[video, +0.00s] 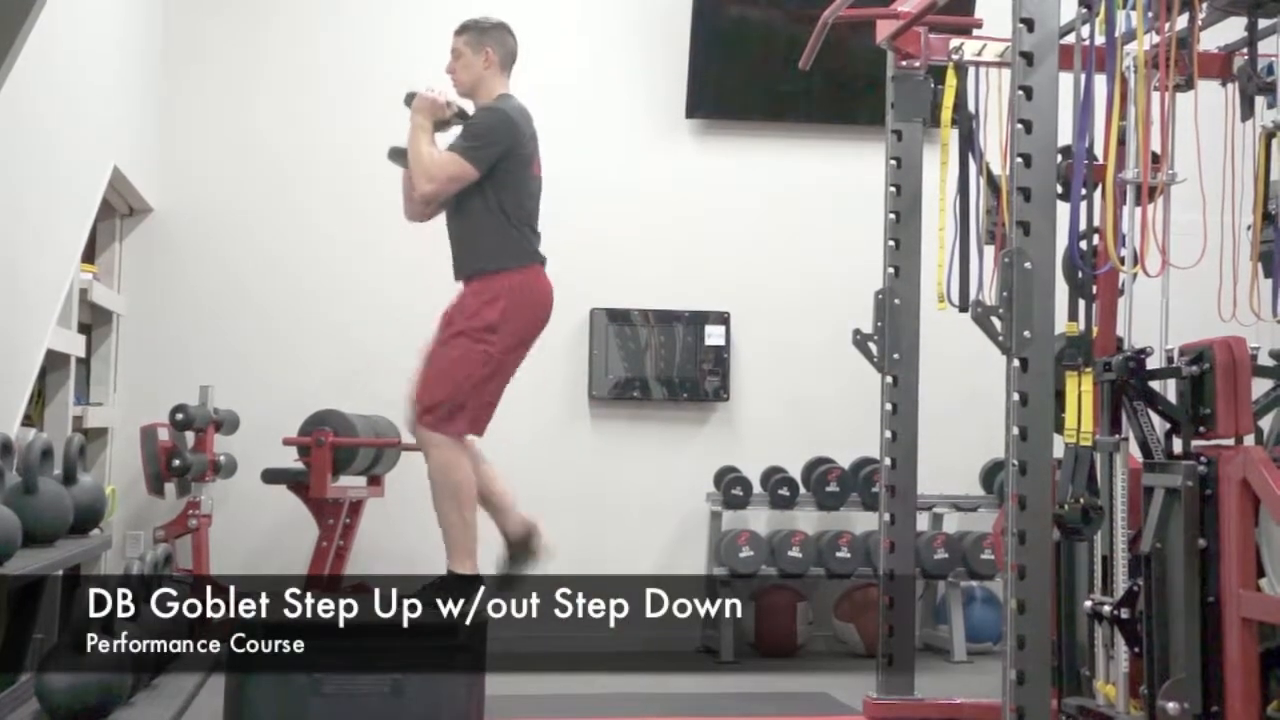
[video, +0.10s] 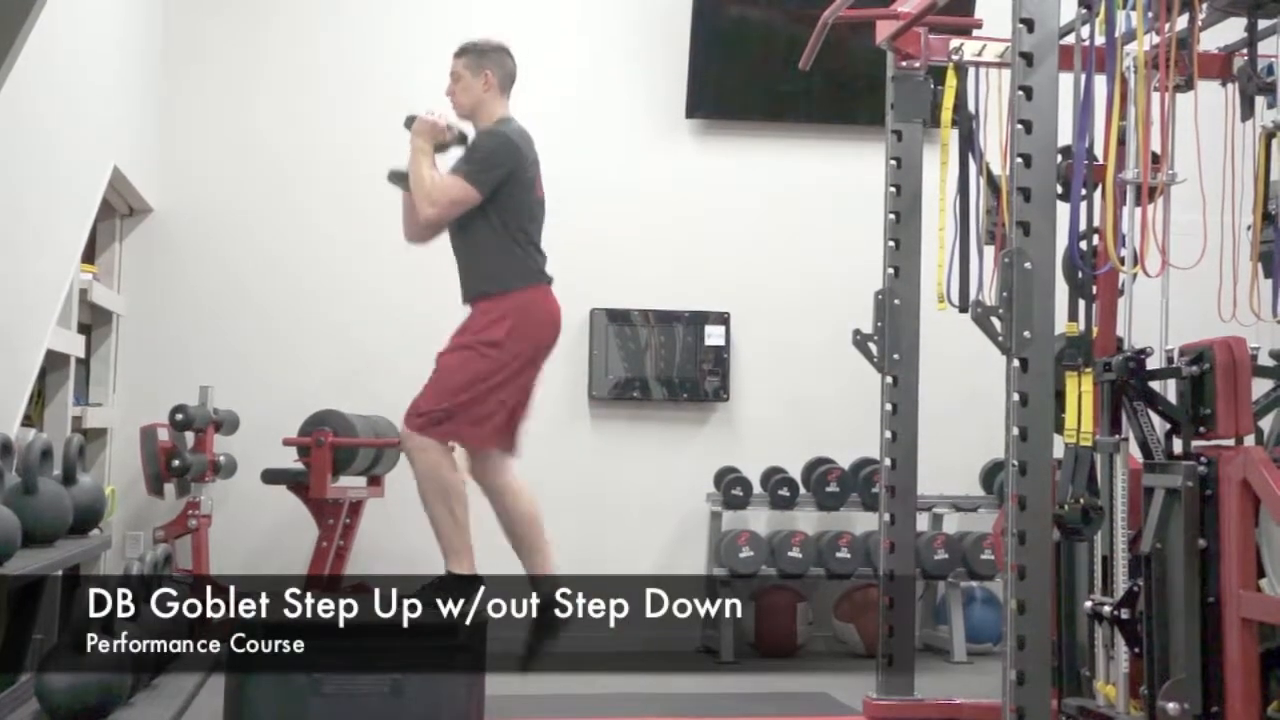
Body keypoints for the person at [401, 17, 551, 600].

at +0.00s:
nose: (448, 67)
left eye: (457, 56)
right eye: (450, 56)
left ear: (489, 58)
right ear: (490, 59)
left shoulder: (503, 118)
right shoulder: (490, 124)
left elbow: (429, 186)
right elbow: (417, 207)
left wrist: (422, 120)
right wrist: (420, 135)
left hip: (505, 290)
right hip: (495, 289)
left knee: (439, 425)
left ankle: (462, 580)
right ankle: (518, 533)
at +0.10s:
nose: (448, 91)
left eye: (456, 80)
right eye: (449, 80)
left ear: (489, 81)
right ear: (490, 82)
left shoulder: (504, 140)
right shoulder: (488, 146)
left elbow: (433, 206)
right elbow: (415, 230)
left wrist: (422, 144)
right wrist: (421, 158)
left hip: (510, 309)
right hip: (518, 310)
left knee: (422, 434)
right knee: (488, 457)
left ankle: (461, 582)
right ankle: (550, 593)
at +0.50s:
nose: (499, 215)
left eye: (507, 204)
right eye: (500, 204)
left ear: (539, 207)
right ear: (538, 209)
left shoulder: (557, 265)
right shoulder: (541, 272)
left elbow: (492, 336)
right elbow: (476, 354)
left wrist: (479, 275)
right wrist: (476, 289)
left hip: (571, 422)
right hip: (580, 428)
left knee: (430, 438)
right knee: (558, 574)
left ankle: (462, 578)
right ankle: (612, 707)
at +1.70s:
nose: (514, 210)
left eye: (524, 200)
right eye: (517, 200)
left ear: (557, 207)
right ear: (554, 209)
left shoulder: (569, 264)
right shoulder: (549, 271)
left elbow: (501, 330)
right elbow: (482, 348)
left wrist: (487, 268)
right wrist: (482, 281)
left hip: (567, 420)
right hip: (575, 427)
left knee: (425, 439)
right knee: (548, 573)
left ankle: (462, 577)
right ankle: (610, 707)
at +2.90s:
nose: (469, 81)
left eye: (477, 69)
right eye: (471, 70)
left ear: (508, 70)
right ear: (508, 73)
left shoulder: (521, 130)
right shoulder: (509, 137)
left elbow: (455, 199)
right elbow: (441, 224)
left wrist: (443, 136)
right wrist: (439, 157)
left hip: (515, 298)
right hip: (518, 298)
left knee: (442, 431)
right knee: (470, 441)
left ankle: (461, 578)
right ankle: (533, 571)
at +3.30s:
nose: (510, 212)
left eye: (520, 201)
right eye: (512, 202)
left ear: (554, 206)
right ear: (546, 209)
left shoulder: (567, 266)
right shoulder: (538, 274)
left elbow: (502, 330)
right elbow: (476, 349)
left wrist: (486, 268)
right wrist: (481, 283)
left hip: (568, 418)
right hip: (572, 429)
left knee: (432, 434)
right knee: (542, 576)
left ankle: (460, 576)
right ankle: (609, 705)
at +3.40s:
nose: (522, 222)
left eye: (532, 212)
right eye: (524, 212)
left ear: (564, 215)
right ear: (557, 217)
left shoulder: (580, 275)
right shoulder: (554, 283)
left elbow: (516, 342)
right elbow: (491, 359)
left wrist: (501, 281)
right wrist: (495, 292)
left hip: (581, 424)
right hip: (588, 436)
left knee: (444, 431)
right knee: (543, 578)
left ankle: (462, 577)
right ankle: (610, 704)